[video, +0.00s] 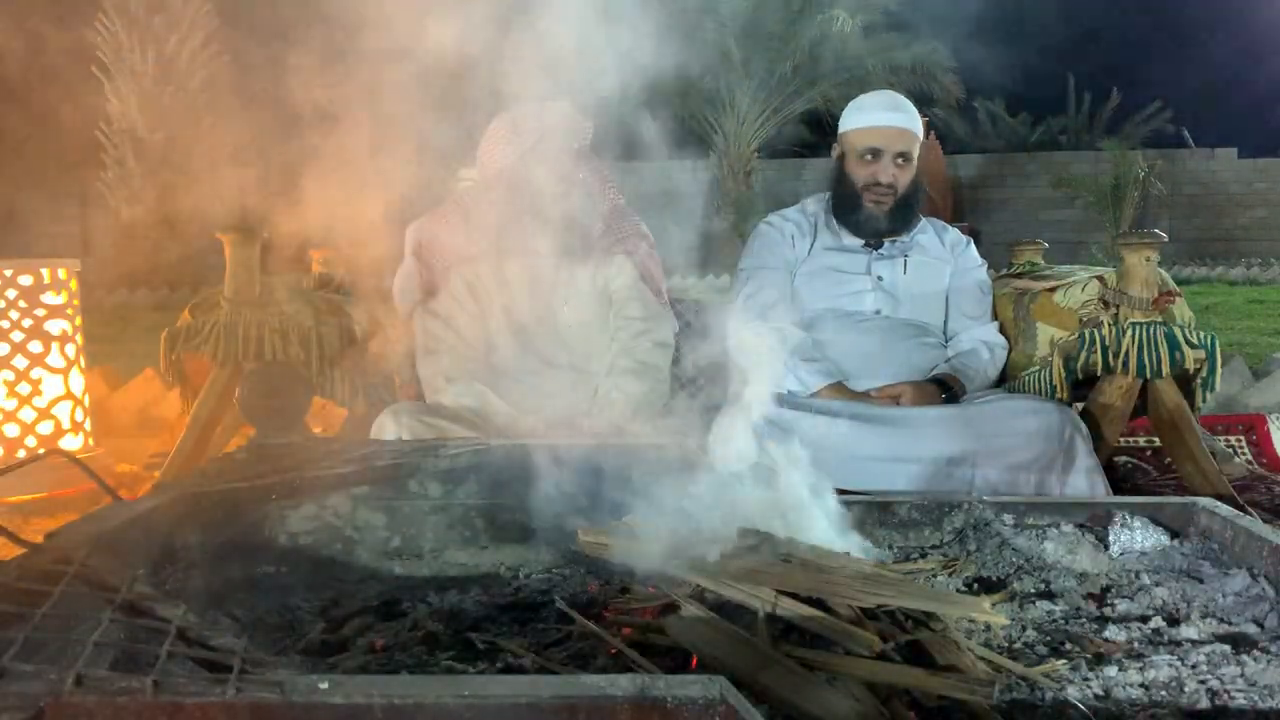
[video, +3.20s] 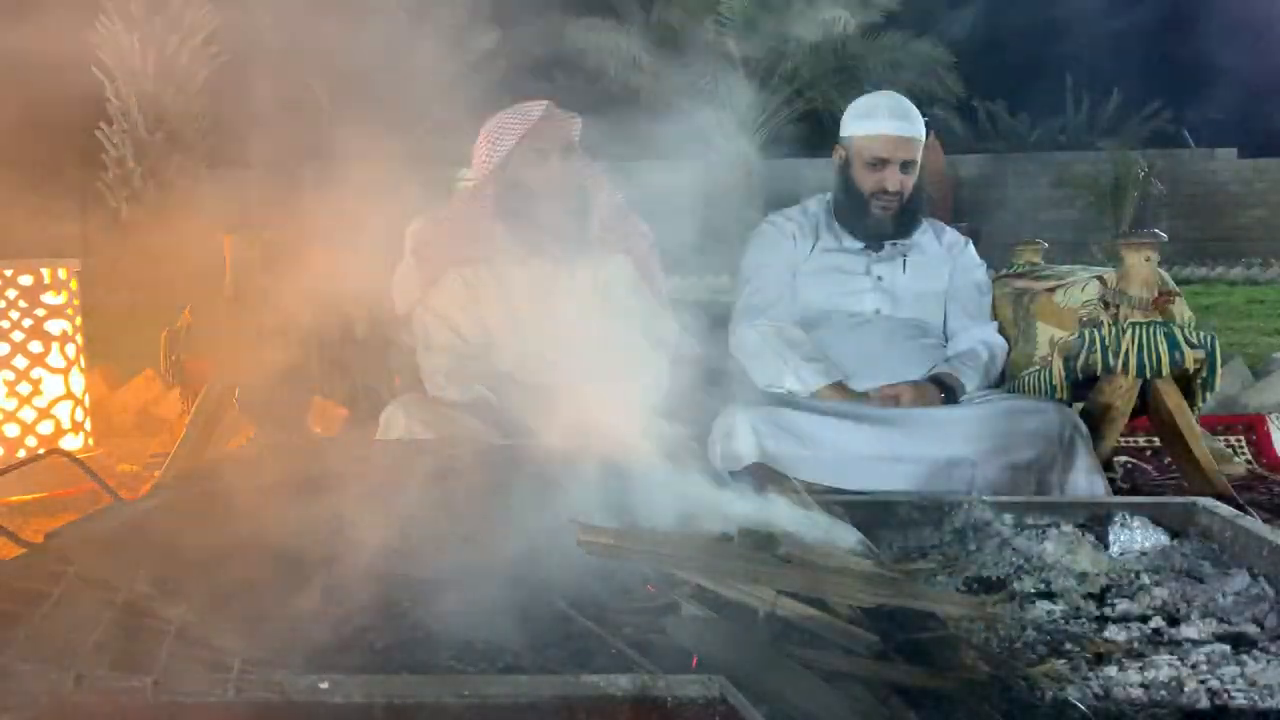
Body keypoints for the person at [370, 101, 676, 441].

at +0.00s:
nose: (574, 175)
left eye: (577, 161)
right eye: (552, 162)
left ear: (588, 174)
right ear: (509, 178)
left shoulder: (616, 273)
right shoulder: (461, 291)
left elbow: (641, 372)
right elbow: (447, 387)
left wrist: (598, 429)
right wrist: (521, 430)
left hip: (598, 440)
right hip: (499, 442)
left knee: (685, 439)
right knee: (396, 424)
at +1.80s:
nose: (575, 175)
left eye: (578, 158)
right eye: (552, 160)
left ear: (587, 165)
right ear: (509, 176)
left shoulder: (614, 257)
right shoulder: (460, 266)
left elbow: (645, 351)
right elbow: (447, 376)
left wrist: (600, 427)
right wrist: (516, 436)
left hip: (602, 437)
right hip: (499, 438)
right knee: (397, 426)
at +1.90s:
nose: (576, 175)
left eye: (579, 159)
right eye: (552, 161)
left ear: (589, 167)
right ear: (507, 178)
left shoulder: (614, 262)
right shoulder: (460, 269)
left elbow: (644, 357)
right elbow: (447, 378)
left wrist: (599, 426)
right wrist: (513, 437)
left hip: (590, 439)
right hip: (497, 436)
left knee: (625, 442)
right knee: (398, 425)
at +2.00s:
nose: (575, 174)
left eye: (578, 159)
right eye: (553, 161)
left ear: (589, 167)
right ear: (508, 177)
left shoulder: (615, 262)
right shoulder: (459, 268)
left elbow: (643, 362)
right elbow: (450, 382)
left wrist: (598, 434)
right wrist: (515, 440)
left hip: (596, 439)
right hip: (495, 440)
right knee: (396, 427)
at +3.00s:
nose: (568, 172)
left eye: (571, 155)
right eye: (542, 160)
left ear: (583, 162)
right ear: (500, 180)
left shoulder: (623, 256)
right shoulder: (461, 279)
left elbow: (645, 356)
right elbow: (451, 384)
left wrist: (597, 427)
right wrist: (520, 441)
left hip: (599, 439)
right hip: (497, 441)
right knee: (397, 425)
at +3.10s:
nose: (563, 172)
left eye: (569, 156)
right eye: (541, 159)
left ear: (580, 160)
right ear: (502, 174)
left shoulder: (615, 240)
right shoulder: (467, 256)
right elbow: (446, 377)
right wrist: (515, 444)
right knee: (399, 424)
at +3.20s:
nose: (561, 170)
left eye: (569, 153)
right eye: (540, 156)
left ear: (583, 163)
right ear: (502, 176)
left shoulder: (614, 265)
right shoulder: (463, 277)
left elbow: (655, 360)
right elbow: (450, 378)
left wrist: (608, 418)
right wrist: (542, 421)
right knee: (406, 417)